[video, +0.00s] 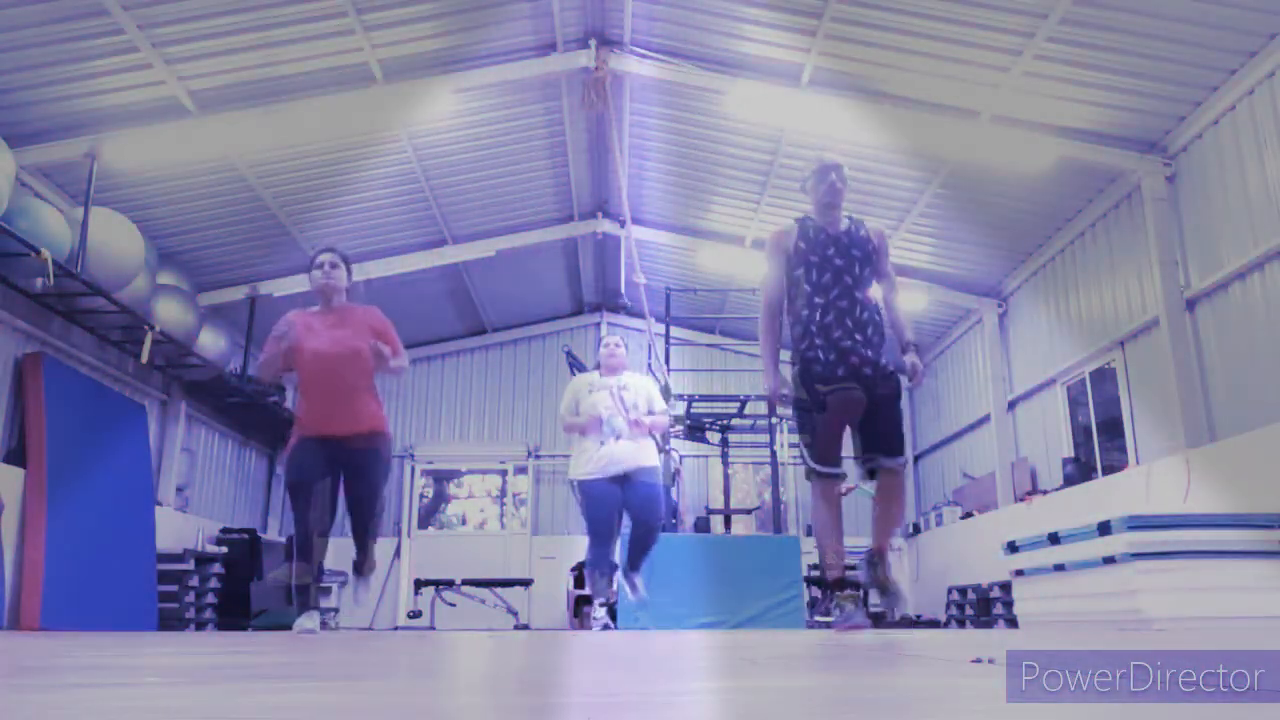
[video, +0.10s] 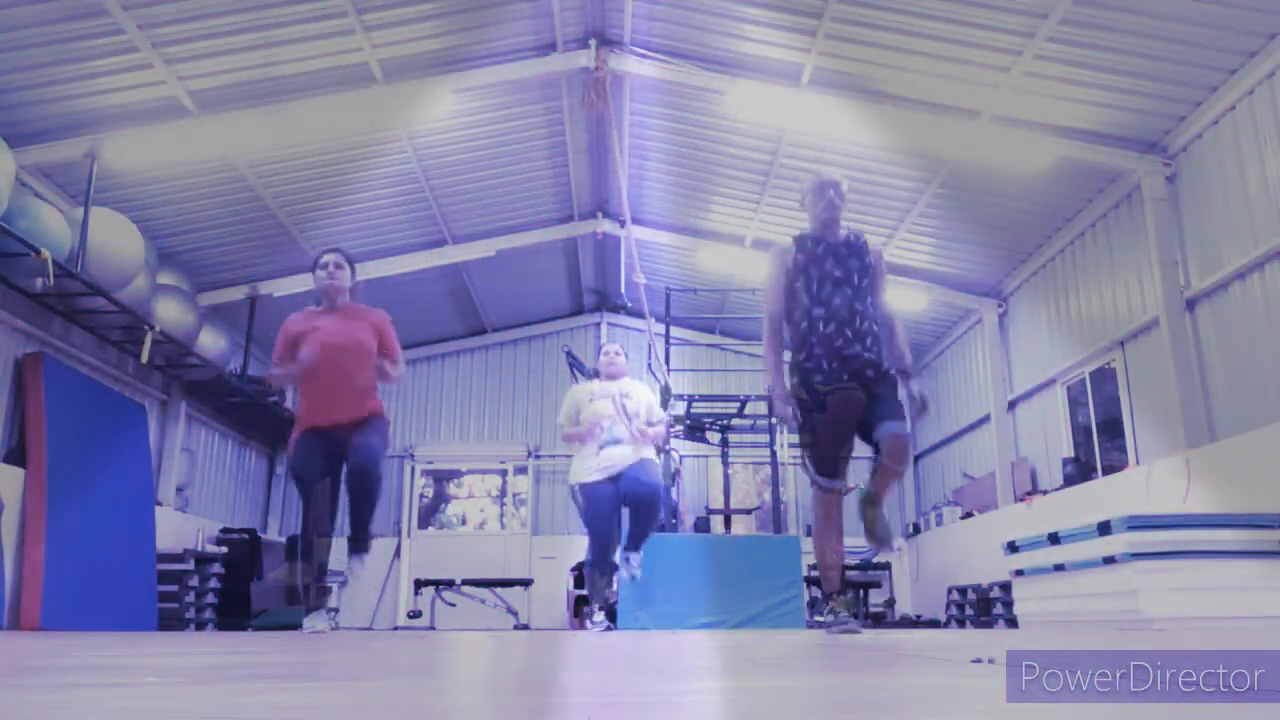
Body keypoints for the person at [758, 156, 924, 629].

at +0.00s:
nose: (833, 183)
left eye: (839, 178)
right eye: (824, 178)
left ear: (847, 188)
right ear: (808, 189)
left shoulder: (871, 237)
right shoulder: (787, 238)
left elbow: (891, 298)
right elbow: (771, 307)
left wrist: (907, 345)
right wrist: (771, 371)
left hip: (875, 361)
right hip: (818, 363)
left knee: (891, 468)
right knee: (827, 479)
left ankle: (879, 562)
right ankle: (838, 592)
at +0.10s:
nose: (832, 203)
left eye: (838, 196)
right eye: (823, 196)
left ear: (846, 205)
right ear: (807, 205)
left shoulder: (867, 253)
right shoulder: (790, 254)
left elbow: (885, 316)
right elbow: (773, 323)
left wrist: (908, 374)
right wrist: (776, 386)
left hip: (873, 373)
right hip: (820, 377)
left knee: (898, 444)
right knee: (830, 491)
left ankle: (872, 499)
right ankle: (835, 599)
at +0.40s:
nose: (835, 196)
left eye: (842, 191)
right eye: (827, 191)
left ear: (851, 203)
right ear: (813, 204)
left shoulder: (873, 253)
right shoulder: (791, 251)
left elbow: (893, 309)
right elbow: (767, 313)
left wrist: (906, 361)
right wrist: (782, 359)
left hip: (864, 373)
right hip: (809, 375)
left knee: (877, 445)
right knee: (815, 488)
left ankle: (873, 552)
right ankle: (826, 591)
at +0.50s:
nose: (837, 211)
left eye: (843, 206)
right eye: (830, 205)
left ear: (852, 216)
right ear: (818, 215)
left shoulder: (872, 265)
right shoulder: (798, 263)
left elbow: (899, 317)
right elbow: (765, 321)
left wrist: (913, 359)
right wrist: (784, 362)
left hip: (864, 391)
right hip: (809, 391)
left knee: (871, 491)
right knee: (811, 498)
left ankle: (872, 598)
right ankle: (813, 598)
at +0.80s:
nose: (839, 213)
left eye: (846, 207)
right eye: (832, 207)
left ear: (856, 217)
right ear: (819, 217)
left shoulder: (874, 266)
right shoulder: (797, 264)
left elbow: (894, 323)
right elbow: (773, 323)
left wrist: (894, 371)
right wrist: (771, 381)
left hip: (856, 390)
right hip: (803, 390)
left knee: (859, 491)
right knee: (804, 484)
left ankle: (860, 594)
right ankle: (802, 571)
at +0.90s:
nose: (838, 231)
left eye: (844, 224)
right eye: (831, 225)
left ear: (853, 232)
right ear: (819, 232)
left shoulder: (868, 281)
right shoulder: (798, 277)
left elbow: (889, 341)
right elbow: (774, 339)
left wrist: (889, 396)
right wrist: (766, 397)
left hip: (855, 396)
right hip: (805, 393)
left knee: (853, 499)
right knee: (808, 453)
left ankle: (852, 599)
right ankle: (799, 511)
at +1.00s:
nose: (836, 249)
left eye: (842, 243)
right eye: (829, 243)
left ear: (851, 253)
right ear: (817, 251)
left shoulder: (869, 302)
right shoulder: (792, 300)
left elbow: (887, 364)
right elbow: (772, 358)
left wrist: (889, 417)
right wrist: (762, 414)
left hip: (854, 411)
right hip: (805, 404)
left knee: (854, 510)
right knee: (816, 439)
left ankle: (850, 605)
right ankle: (797, 492)